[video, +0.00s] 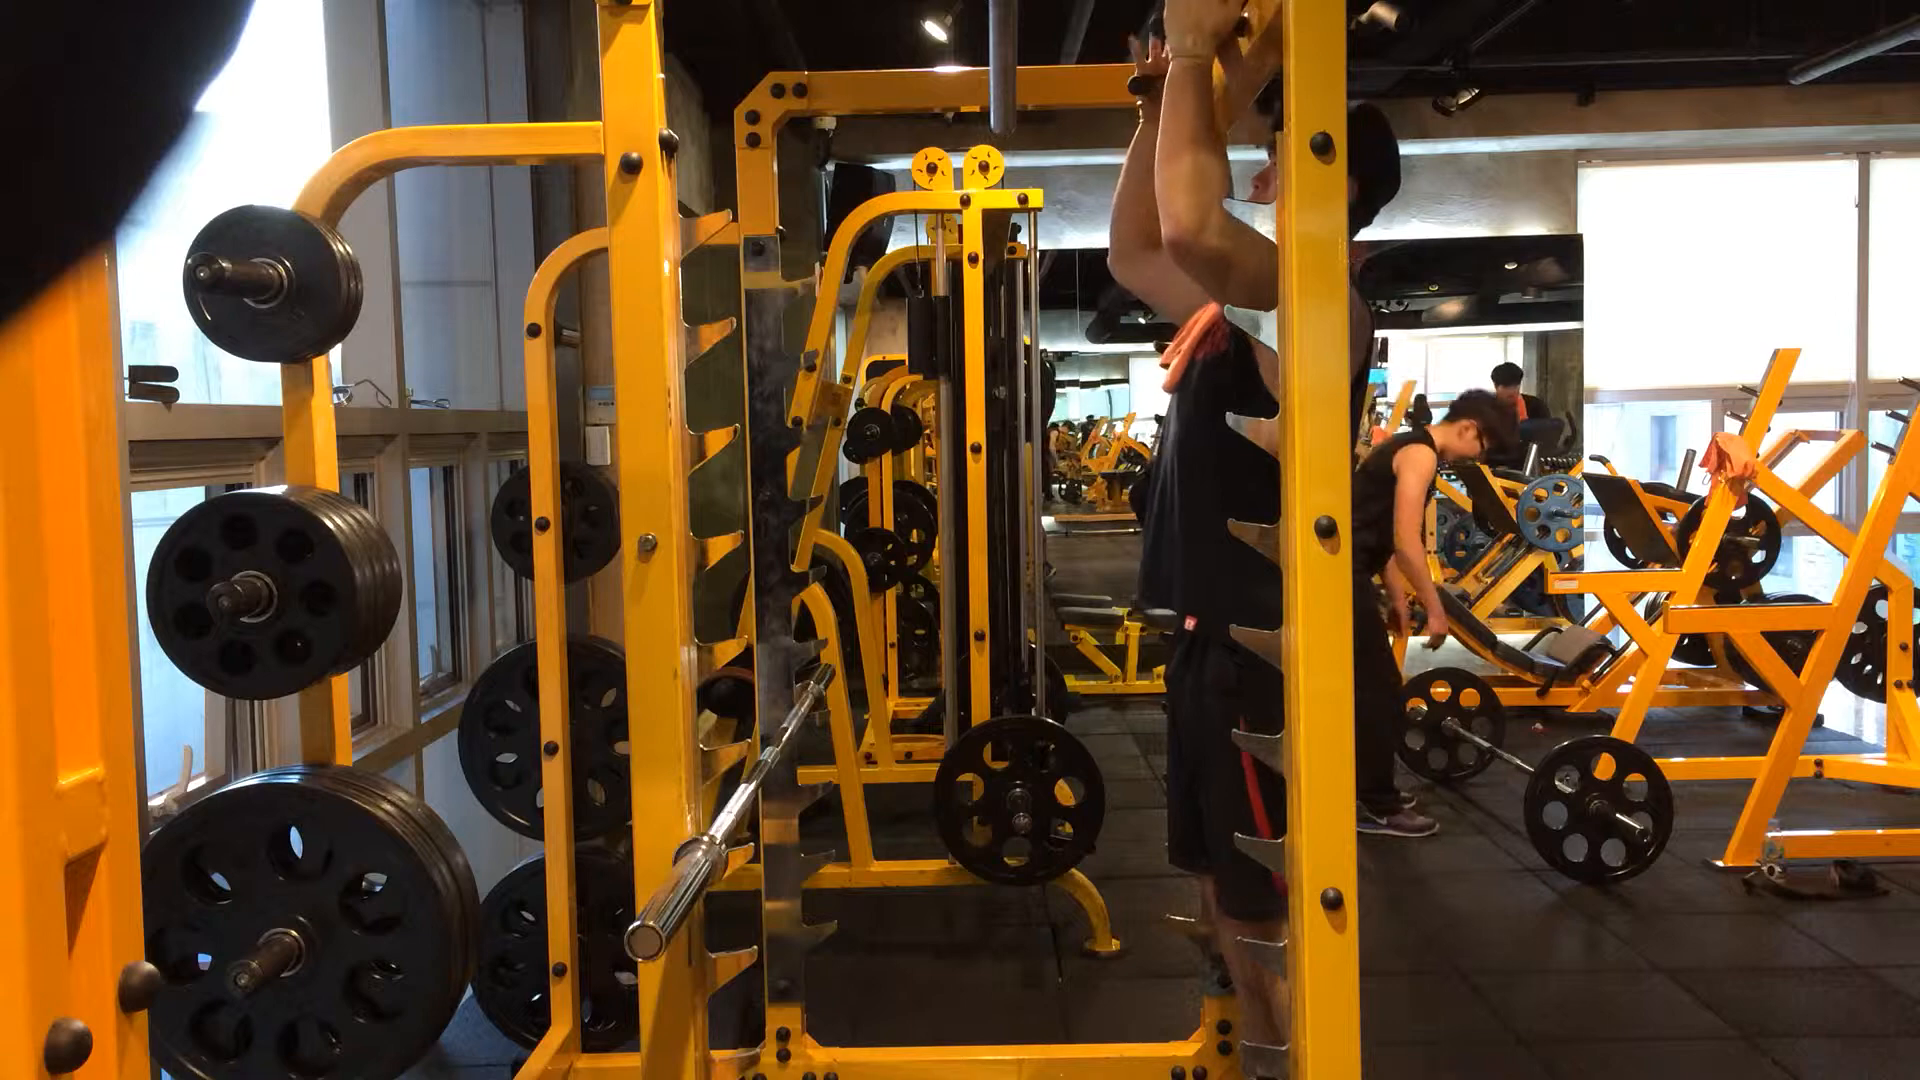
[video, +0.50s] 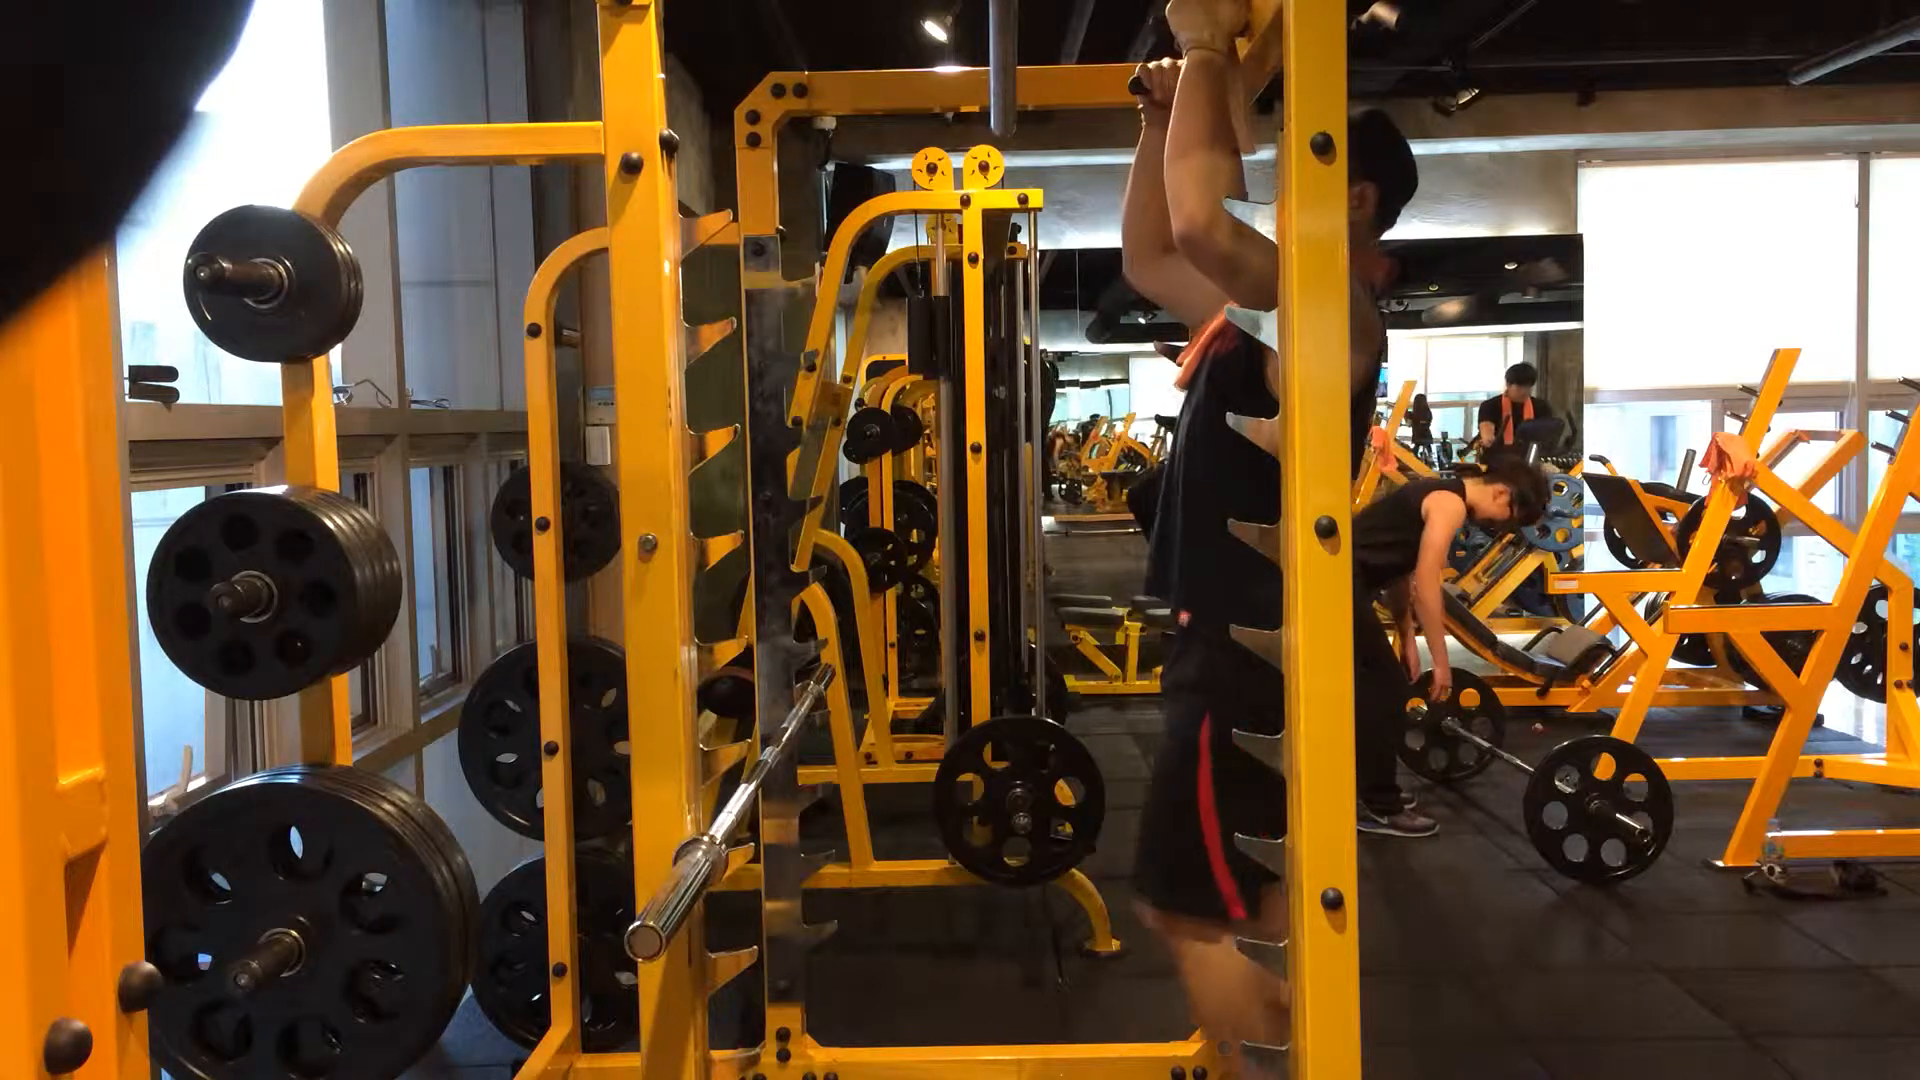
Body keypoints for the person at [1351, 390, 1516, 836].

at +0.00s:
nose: (1475, 458)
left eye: (1481, 452)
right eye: (1481, 447)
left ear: (1459, 425)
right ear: (1467, 426)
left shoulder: (1407, 448)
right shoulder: (1420, 453)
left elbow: (1381, 535)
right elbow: (1406, 540)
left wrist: (1397, 597)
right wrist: (1434, 608)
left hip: (1349, 574)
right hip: (1344, 576)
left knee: (1376, 682)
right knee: (1381, 685)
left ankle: (1375, 785)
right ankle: (1377, 801)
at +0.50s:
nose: (1497, 526)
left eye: (1506, 524)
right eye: (1506, 519)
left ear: (1498, 489)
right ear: (1501, 492)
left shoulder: (1438, 491)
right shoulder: (1449, 504)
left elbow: (1402, 575)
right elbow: (1425, 584)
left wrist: (1407, 638)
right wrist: (1440, 661)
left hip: (1344, 584)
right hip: (1340, 586)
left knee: (1386, 682)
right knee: (1385, 685)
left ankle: (1377, 790)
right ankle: (1377, 802)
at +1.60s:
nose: (1491, 457)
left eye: (1499, 452)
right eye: (1497, 447)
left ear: (1479, 425)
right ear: (1483, 425)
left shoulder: (1427, 451)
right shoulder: (1433, 457)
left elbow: (1397, 536)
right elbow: (1407, 534)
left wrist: (1414, 594)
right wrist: (1442, 593)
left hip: (1355, 577)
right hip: (1352, 579)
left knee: (1379, 683)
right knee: (1386, 685)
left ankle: (1374, 791)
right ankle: (1378, 800)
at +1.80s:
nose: (1476, 418)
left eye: (1481, 409)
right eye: (1478, 407)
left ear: (1452, 393)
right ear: (1458, 393)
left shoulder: (1410, 428)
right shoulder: (1417, 435)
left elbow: (1392, 522)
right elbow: (1401, 522)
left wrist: (1416, 582)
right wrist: (1430, 585)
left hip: (1360, 572)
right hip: (1360, 576)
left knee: (1376, 682)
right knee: (1386, 684)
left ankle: (1372, 792)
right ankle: (1378, 801)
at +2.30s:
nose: (1431, 381)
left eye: (1432, 373)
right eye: (1427, 371)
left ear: (1398, 378)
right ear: (1402, 374)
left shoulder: (1366, 422)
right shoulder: (1392, 426)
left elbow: (1387, 513)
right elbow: (1403, 513)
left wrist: (1415, 568)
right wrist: (1440, 575)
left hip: (1357, 571)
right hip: (1378, 575)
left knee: (1373, 682)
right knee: (1392, 683)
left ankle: (1370, 793)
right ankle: (1377, 800)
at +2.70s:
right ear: (1393, 396)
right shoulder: (1389, 432)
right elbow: (1405, 516)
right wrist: (1440, 578)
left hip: (1329, 574)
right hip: (1373, 579)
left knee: (1335, 685)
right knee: (1393, 684)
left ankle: (1317, 790)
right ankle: (1379, 801)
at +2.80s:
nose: (1396, 399)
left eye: (1396, 392)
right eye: (1393, 391)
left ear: (1349, 381)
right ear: (1378, 385)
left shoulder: (1318, 423)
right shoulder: (1379, 426)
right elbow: (1401, 518)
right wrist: (1433, 576)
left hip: (1320, 574)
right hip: (1369, 577)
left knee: (1320, 688)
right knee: (1390, 689)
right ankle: (1379, 802)